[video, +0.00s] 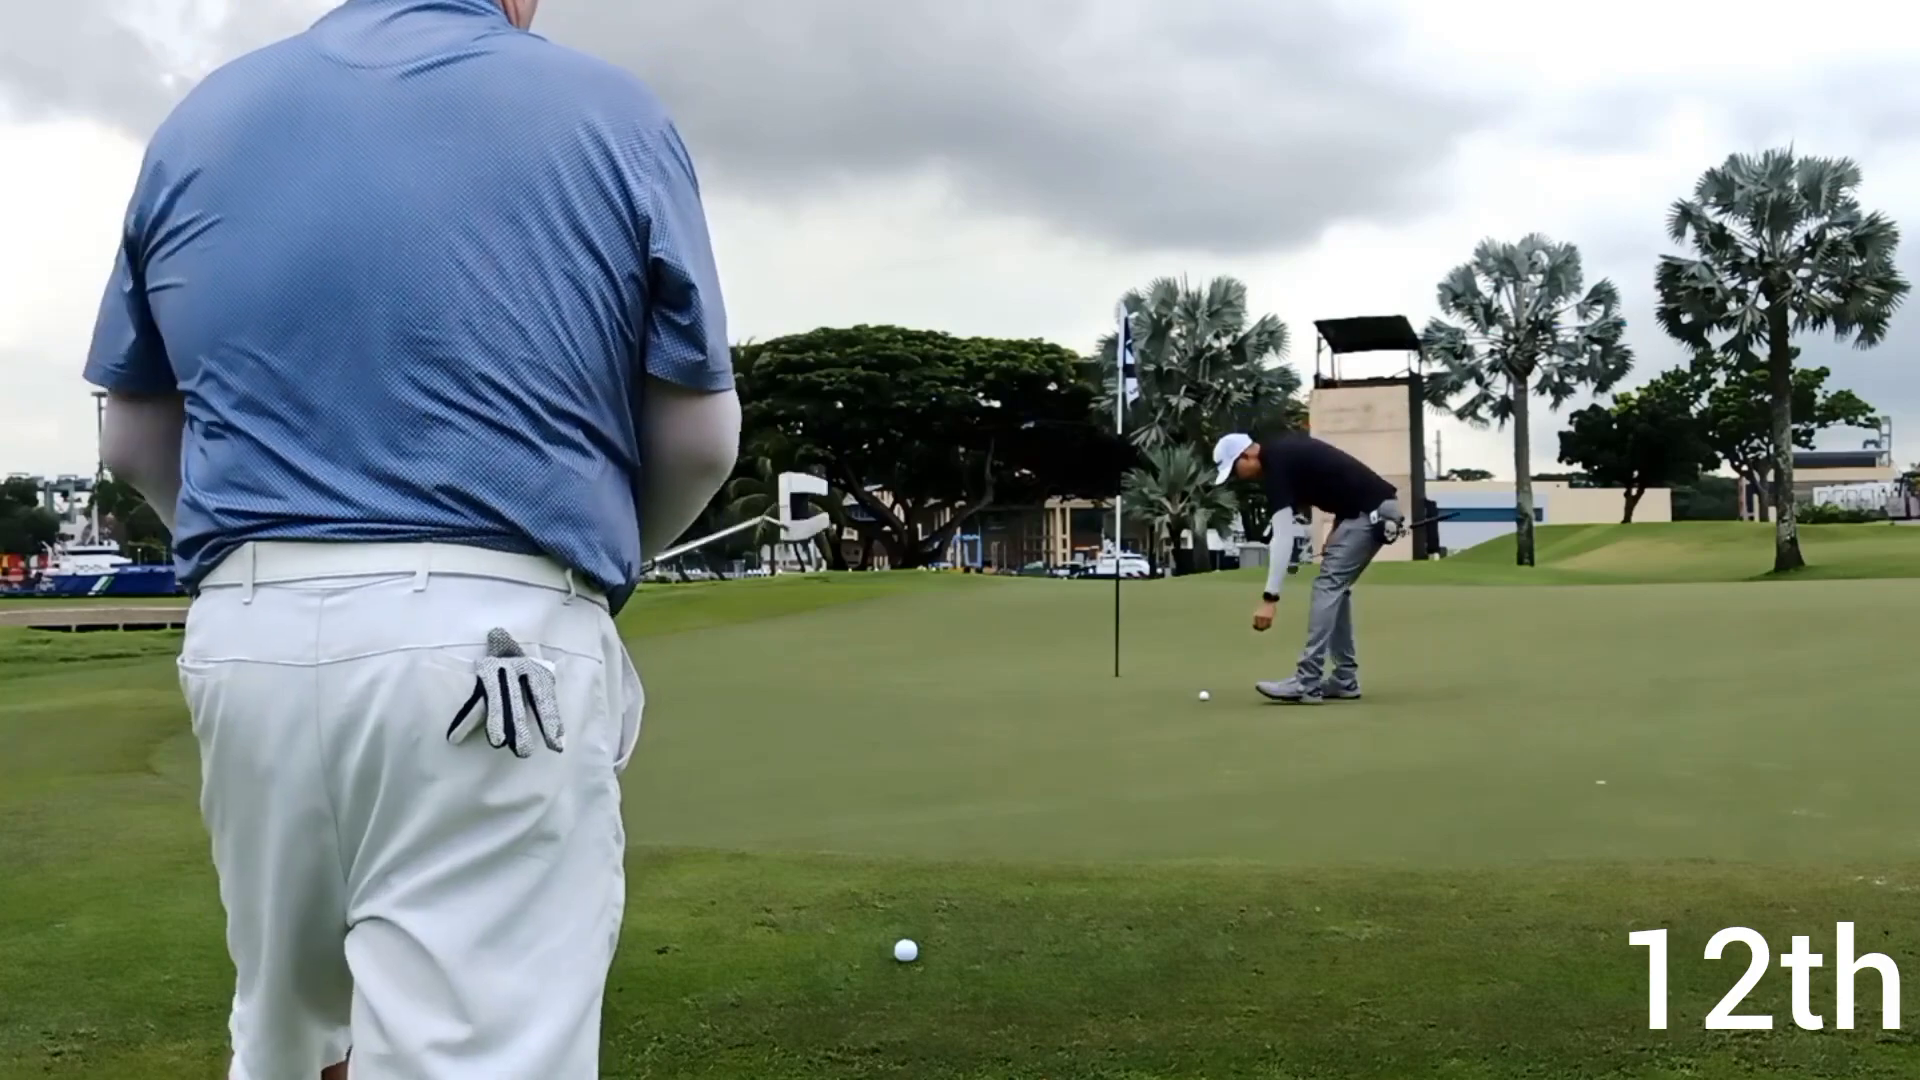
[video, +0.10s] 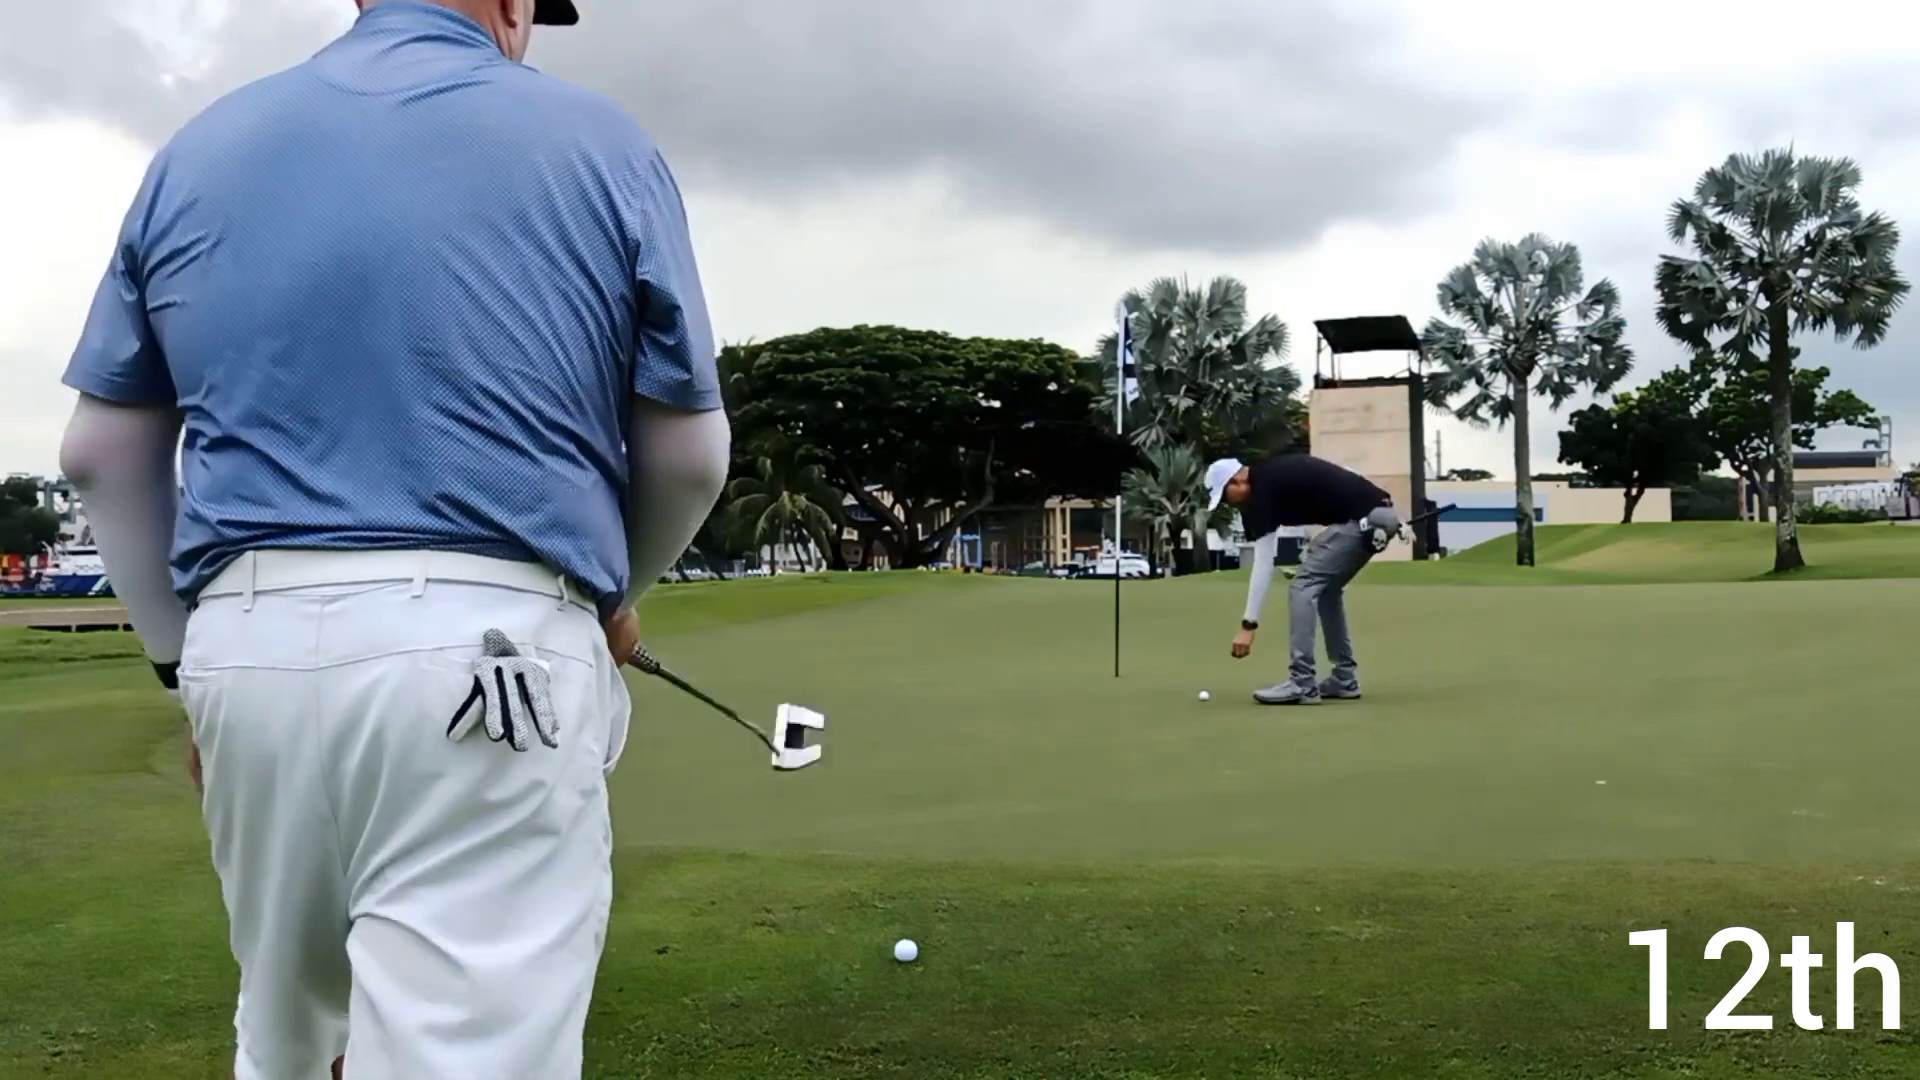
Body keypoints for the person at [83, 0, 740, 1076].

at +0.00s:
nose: (546, 22)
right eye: (546, 17)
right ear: (521, 4)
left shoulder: (206, 112)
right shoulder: (608, 108)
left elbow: (137, 436)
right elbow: (698, 439)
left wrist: (275, 536)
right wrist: (577, 552)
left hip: (250, 625)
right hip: (499, 620)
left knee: (286, 1043)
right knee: (473, 1055)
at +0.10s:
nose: (531, 39)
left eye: (535, 23)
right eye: (536, 21)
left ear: (367, 10)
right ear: (507, 11)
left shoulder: (200, 147)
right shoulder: (600, 139)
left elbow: (107, 452)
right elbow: (689, 457)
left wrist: (192, 668)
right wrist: (611, 587)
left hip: (252, 630)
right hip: (499, 623)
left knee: (287, 1037)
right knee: (466, 1052)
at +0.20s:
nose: (511, 74)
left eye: (518, 56)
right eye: (520, 49)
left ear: (347, 25)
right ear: (496, 26)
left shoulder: (196, 179)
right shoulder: (582, 172)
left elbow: (69, 444)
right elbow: (677, 468)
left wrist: (96, 701)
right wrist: (614, 629)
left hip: (241, 640)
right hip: (483, 634)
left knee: (288, 1028)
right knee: (447, 1059)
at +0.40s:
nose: (478, 82)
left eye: (482, 63)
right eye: (479, 56)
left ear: (318, 39)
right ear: (454, 45)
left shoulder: (175, 179)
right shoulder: (537, 187)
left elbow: (45, 391)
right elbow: (637, 424)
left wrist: (17, 639)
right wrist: (601, 649)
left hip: (229, 612)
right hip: (453, 615)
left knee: (278, 1000)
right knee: (460, 1003)